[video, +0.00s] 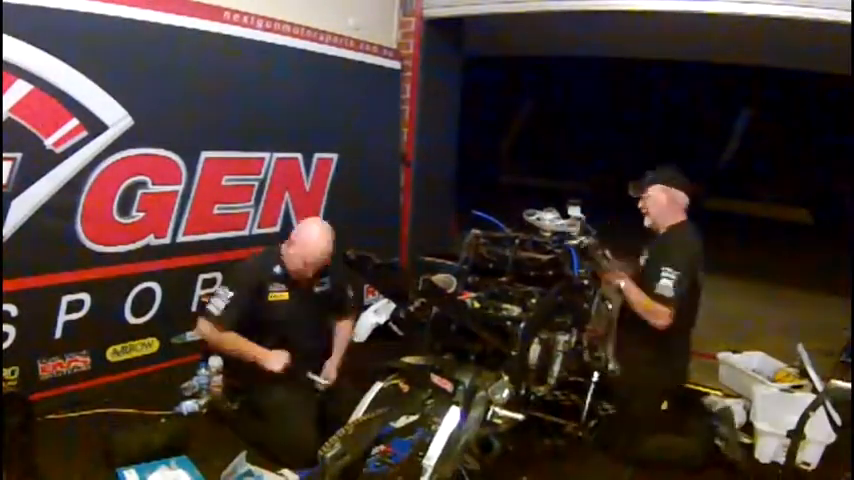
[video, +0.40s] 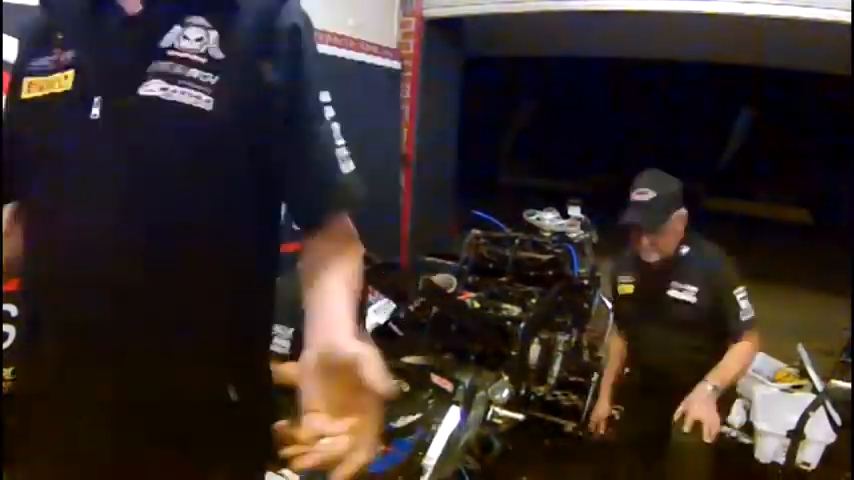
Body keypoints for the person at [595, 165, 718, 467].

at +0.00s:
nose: (640, 206)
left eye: (647, 197)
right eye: (641, 198)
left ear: (670, 197)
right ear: (667, 199)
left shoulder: (678, 245)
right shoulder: (667, 240)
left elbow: (662, 316)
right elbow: (650, 285)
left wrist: (623, 282)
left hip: (654, 374)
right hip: (642, 366)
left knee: (629, 449)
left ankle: (704, 445)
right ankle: (703, 427)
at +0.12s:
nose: (664, 215)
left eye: (671, 209)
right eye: (667, 208)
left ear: (693, 218)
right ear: (695, 219)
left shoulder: (705, 267)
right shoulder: (695, 252)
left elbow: (663, 338)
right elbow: (675, 293)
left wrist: (631, 286)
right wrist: (646, 270)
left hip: (668, 395)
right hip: (659, 384)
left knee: (646, 466)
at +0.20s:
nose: (640, 244)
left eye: (642, 235)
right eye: (637, 237)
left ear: (660, 218)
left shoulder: (691, 252)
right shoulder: (663, 249)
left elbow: (707, 327)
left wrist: (661, 352)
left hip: (680, 379)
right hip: (654, 374)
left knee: (665, 458)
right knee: (645, 454)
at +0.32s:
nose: (621, 228)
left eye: (623, 218)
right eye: (619, 221)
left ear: (643, 207)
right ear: (647, 209)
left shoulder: (664, 233)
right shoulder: (653, 238)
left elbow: (641, 269)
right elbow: (625, 290)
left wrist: (590, 244)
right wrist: (596, 253)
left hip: (656, 370)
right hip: (643, 366)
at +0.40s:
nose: (645, 240)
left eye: (655, 230)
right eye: (638, 229)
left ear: (680, 222)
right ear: (630, 226)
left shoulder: (712, 266)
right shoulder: (625, 267)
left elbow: (748, 340)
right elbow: (619, 333)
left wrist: (708, 391)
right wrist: (604, 395)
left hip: (695, 399)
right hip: (642, 394)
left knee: (686, 463)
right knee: (630, 469)